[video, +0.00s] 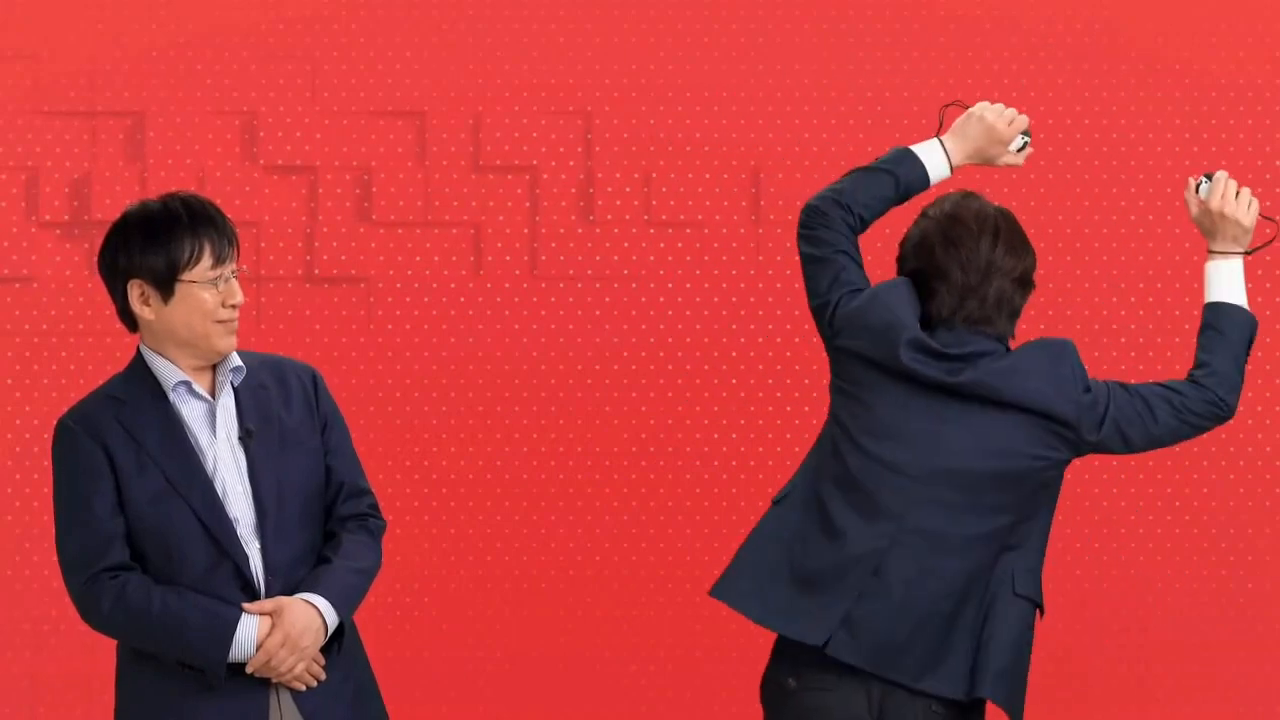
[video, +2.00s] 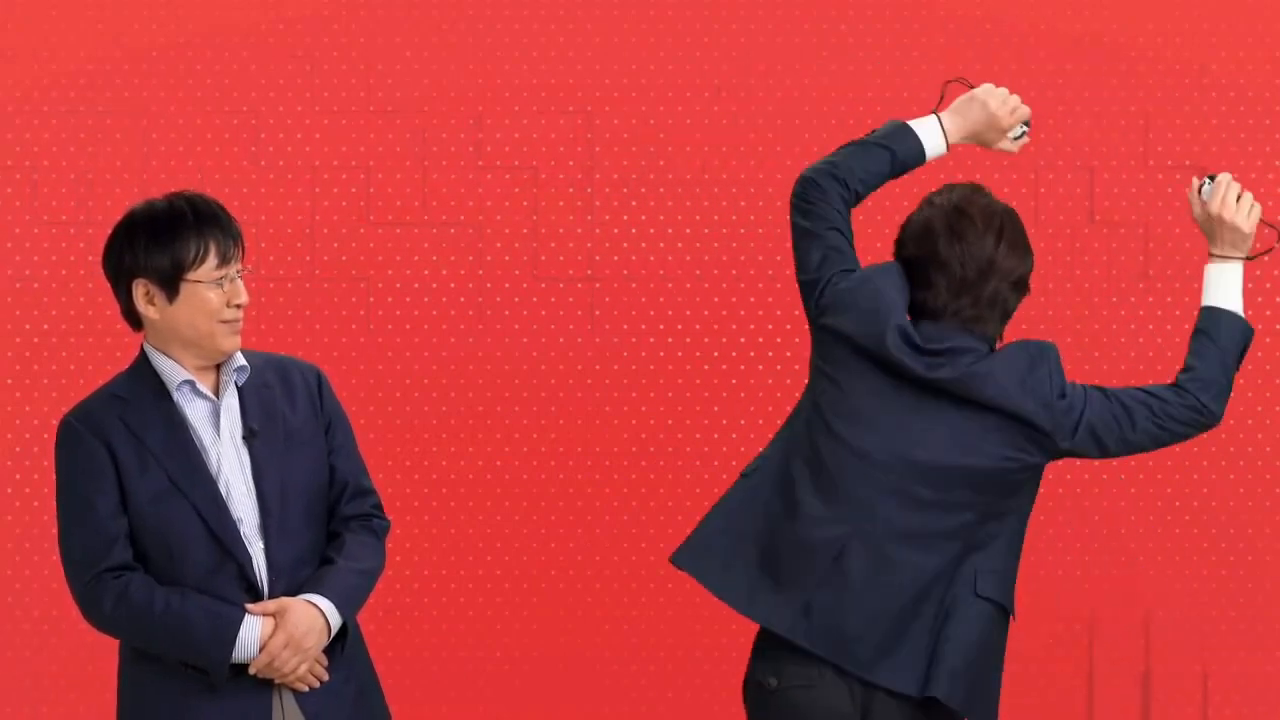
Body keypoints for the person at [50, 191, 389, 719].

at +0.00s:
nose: (235, 297)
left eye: (234, 277)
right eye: (212, 282)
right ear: (145, 300)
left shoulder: (299, 388)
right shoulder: (90, 433)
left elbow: (360, 523)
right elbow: (103, 590)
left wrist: (319, 611)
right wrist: (250, 638)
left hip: (332, 699)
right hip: (191, 707)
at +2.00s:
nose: (240, 297)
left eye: (239, 277)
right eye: (217, 282)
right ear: (149, 300)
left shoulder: (303, 388)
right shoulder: (94, 432)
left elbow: (363, 524)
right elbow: (105, 590)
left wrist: (321, 613)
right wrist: (251, 639)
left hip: (335, 699)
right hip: (193, 706)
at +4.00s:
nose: (236, 298)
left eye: (234, 278)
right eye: (212, 283)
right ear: (145, 301)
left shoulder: (301, 390)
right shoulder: (91, 434)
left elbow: (360, 525)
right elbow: (103, 591)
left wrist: (319, 612)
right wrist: (251, 639)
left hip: (332, 701)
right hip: (192, 708)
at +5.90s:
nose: (238, 297)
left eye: (236, 278)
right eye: (215, 282)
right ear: (147, 300)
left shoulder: (301, 389)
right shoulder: (92, 432)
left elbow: (361, 523)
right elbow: (103, 589)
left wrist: (320, 612)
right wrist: (250, 639)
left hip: (334, 699)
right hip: (191, 707)